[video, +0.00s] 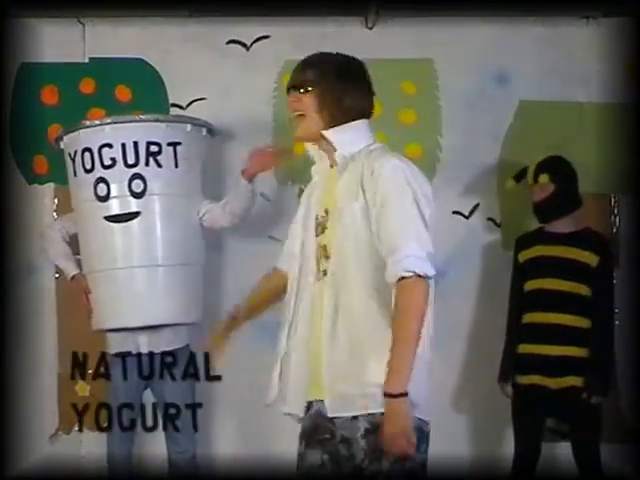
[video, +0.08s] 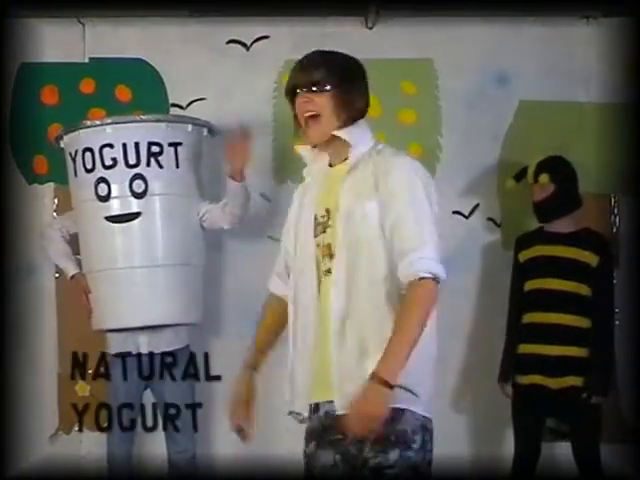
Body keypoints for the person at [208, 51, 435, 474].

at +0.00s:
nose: (292, 102)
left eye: (303, 89)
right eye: (291, 92)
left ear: (340, 95)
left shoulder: (387, 171)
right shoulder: (318, 185)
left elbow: (414, 280)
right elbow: (288, 270)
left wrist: (396, 396)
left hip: (380, 414)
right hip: (322, 410)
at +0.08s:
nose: (303, 102)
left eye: (316, 87)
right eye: (296, 93)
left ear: (351, 95)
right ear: (292, 107)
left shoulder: (397, 172)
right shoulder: (306, 191)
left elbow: (424, 284)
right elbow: (284, 291)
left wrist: (382, 383)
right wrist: (250, 368)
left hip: (391, 410)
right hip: (322, 412)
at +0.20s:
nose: (320, 106)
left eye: (332, 91)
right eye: (307, 96)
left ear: (359, 101)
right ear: (297, 111)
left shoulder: (411, 172)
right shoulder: (294, 196)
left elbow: (442, 276)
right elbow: (290, 305)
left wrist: (421, 364)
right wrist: (288, 391)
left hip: (403, 405)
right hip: (328, 410)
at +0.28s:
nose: (325, 105)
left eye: (338, 91)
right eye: (312, 94)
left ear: (363, 102)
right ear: (299, 107)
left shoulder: (414, 172)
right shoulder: (287, 197)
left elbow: (455, 274)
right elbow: (290, 303)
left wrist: (474, 368)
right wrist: (302, 390)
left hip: (413, 405)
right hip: (336, 409)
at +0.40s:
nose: (330, 106)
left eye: (344, 93)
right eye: (317, 94)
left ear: (366, 105)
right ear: (301, 109)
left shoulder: (419, 173)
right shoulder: (283, 203)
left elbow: (470, 264)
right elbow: (285, 313)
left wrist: (517, 348)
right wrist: (314, 401)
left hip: (421, 413)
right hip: (338, 418)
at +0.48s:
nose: (337, 110)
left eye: (351, 96)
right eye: (323, 99)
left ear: (373, 107)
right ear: (307, 113)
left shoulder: (426, 174)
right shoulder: (289, 206)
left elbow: (470, 257)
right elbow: (288, 320)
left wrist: (517, 337)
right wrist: (316, 417)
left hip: (424, 417)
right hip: (340, 421)